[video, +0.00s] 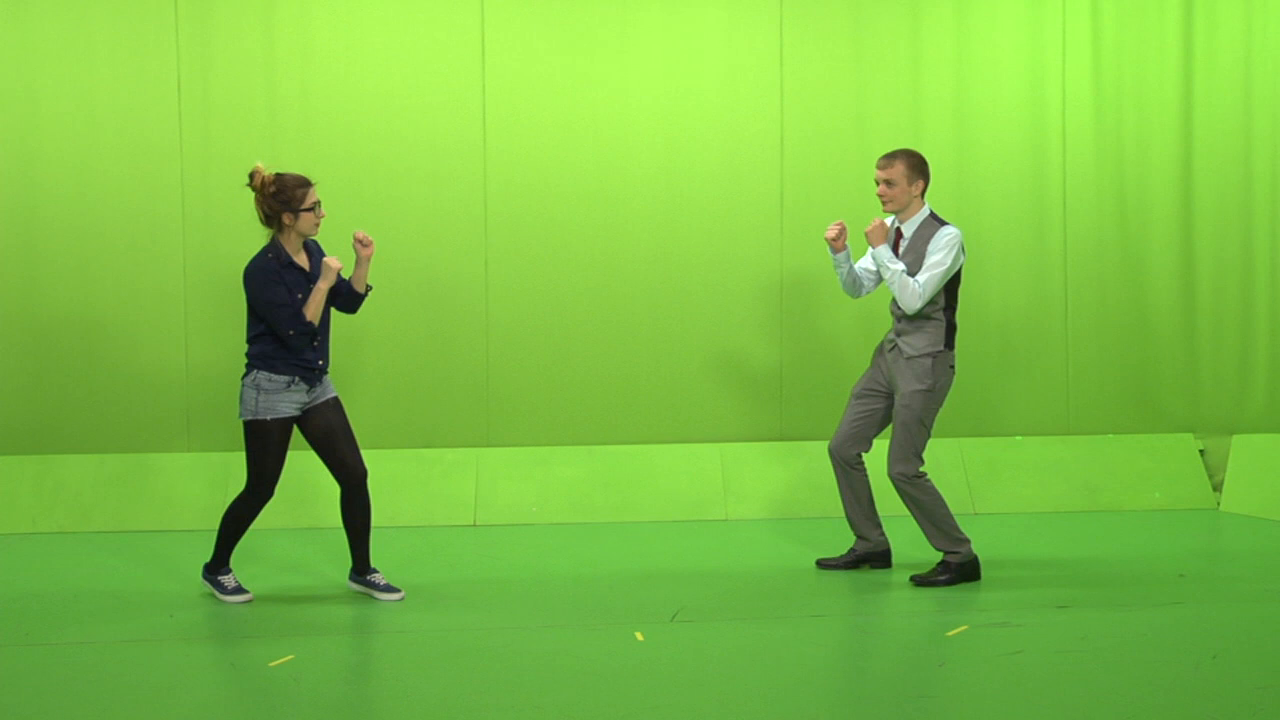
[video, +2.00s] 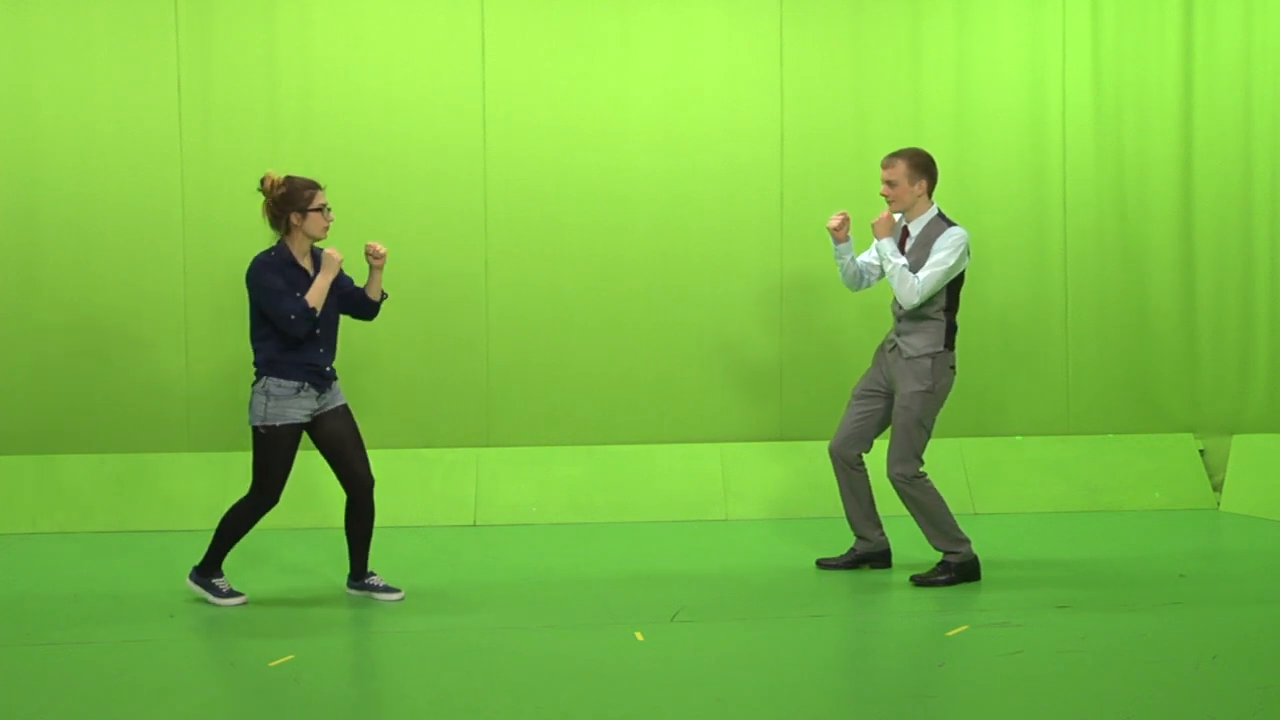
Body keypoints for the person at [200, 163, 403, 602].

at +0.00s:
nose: (321, 213)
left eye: (319, 206)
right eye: (313, 208)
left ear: (297, 217)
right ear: (287, 219)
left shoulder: (314, 255)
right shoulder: (261, 271)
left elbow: (347, 303)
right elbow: (298, 333)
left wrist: (363, 262)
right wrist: (323, 283)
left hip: (314, 385)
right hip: (269, 387)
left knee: (354, 474)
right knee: (260, 487)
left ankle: (362, 570)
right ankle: (217, 567)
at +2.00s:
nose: (329, 218)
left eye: (328, 210)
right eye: (320, 211)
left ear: (310, 217)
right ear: (294, 218)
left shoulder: (323, 264)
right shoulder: (265, 269)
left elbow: (365, 310)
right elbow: (297, 325)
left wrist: (376, 271)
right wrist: (328, 276)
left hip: (324, 390)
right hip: (279, 392)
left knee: (361, 484)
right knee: (265, 494)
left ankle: (359, 575)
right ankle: (206, 571)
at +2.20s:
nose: (340, 216)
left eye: (338, 208)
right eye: (331, 210)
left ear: (320, 215)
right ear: (305, 217)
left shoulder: (333, 261)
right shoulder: (275, 266)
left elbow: (376, 302)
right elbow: (309, 322)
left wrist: (385, 263)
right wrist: (331, 271)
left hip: (334, 386)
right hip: (288, 389)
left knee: (364, 482)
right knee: (275, 496)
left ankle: (360, 573)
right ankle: (209, 568)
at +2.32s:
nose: (341, 231)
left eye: (340, 223)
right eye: (332, 225)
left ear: (319, 231)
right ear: (306, 232)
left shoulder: (332, 278)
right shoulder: (275, 283)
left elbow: (370, 327)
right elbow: (305, 341)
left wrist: (380, 290)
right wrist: (333, 291)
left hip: (338, 400)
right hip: (293, 405)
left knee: (373, 490)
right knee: (284, 510)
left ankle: (360, 576)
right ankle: (208, 569)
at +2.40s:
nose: (346, 231)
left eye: (345, 223)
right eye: (338, 224)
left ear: (322, 232)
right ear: (312, 233)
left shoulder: (334, 278)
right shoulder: (278, 282)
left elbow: (371, 329)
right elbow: (306, 342)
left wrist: (381, 291)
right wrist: (336, 291)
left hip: (338, 400)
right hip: (293, 405)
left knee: (375, 487)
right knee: (281, 508)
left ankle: (360, 576)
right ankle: (206, 570)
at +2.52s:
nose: (363, 219)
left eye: (361, 212)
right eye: (354, 213)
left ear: (334, 221)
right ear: (328, 221)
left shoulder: (348, 266)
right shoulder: (292, 268)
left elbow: (380, 322)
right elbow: (315, 329)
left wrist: (394, 281)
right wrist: (349, 283)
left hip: (334, 389)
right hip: (289, 390)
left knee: (366, 482)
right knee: (276, 496)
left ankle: (360, 575)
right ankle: (208, 568)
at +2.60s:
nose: (375, 225)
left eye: (374, 217)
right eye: (366, 219)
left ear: (352, 226)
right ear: (340, 227)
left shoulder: (361, 272)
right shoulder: (304, 272)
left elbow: (389, 330)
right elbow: (325, 336)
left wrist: (407, 289)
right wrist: (360, 292)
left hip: (330, 391)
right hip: (286, 390)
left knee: (364, 485)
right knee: (279, 498)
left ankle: (360, 575)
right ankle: (209, 567)